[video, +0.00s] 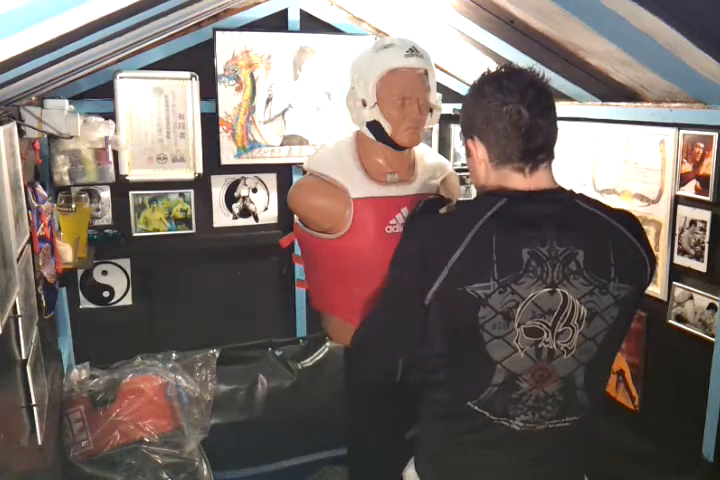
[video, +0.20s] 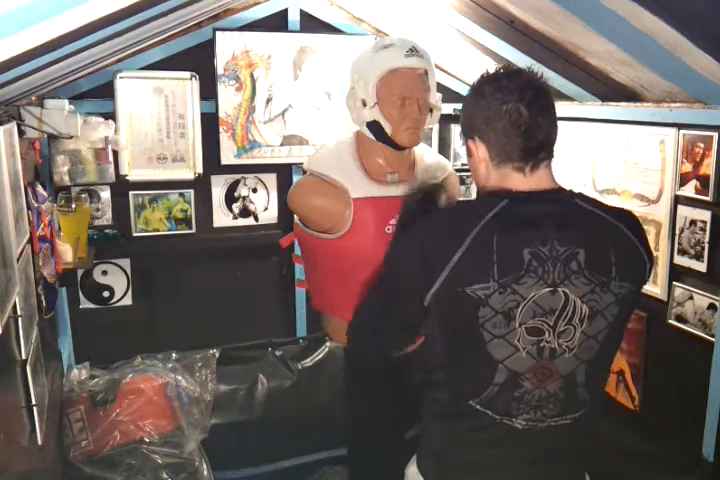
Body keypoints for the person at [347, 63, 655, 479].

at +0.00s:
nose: (466, 160)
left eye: (465, 148)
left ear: (477, 154)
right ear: (552, 143)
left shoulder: (440, 234)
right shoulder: (625, 238)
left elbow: (372, 360)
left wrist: (379, 467)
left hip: (456, 459)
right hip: (569, 461)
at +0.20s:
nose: (467, 158)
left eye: (465, 146)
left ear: (477, 153)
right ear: (551, 142)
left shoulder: (437, 237)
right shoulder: (624, 236)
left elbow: (372, 345)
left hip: (458, 461)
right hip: (567, 462)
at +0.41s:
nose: (461, 151)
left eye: (463, 140)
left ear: (476, 151)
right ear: (550, 138)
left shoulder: (446, 231)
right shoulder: (612, 222)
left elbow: (390, 282)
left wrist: (436, 187)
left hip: (464, 456)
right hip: (566, 456)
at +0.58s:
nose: (458, 152)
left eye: (460, 140)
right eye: (458, 141)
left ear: (471, 152)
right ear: (543, 141)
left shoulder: (445, 239)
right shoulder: (594, 224)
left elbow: (390, 286)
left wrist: (433, 187)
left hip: (468, 445)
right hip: (558, 443)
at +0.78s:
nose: (457, 165)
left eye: (460, 155)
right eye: (459, 155)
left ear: (471, 165)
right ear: (539, 163)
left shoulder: (456, 271)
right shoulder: (579, 242)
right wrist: (466, 240)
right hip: (545, 452)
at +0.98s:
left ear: (505, 82)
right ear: (580, 90)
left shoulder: (459, 145)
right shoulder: (590, 177)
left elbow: (415, 105)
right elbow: (651, 209)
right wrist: (594, 131)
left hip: (439, 379)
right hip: (531, 396)